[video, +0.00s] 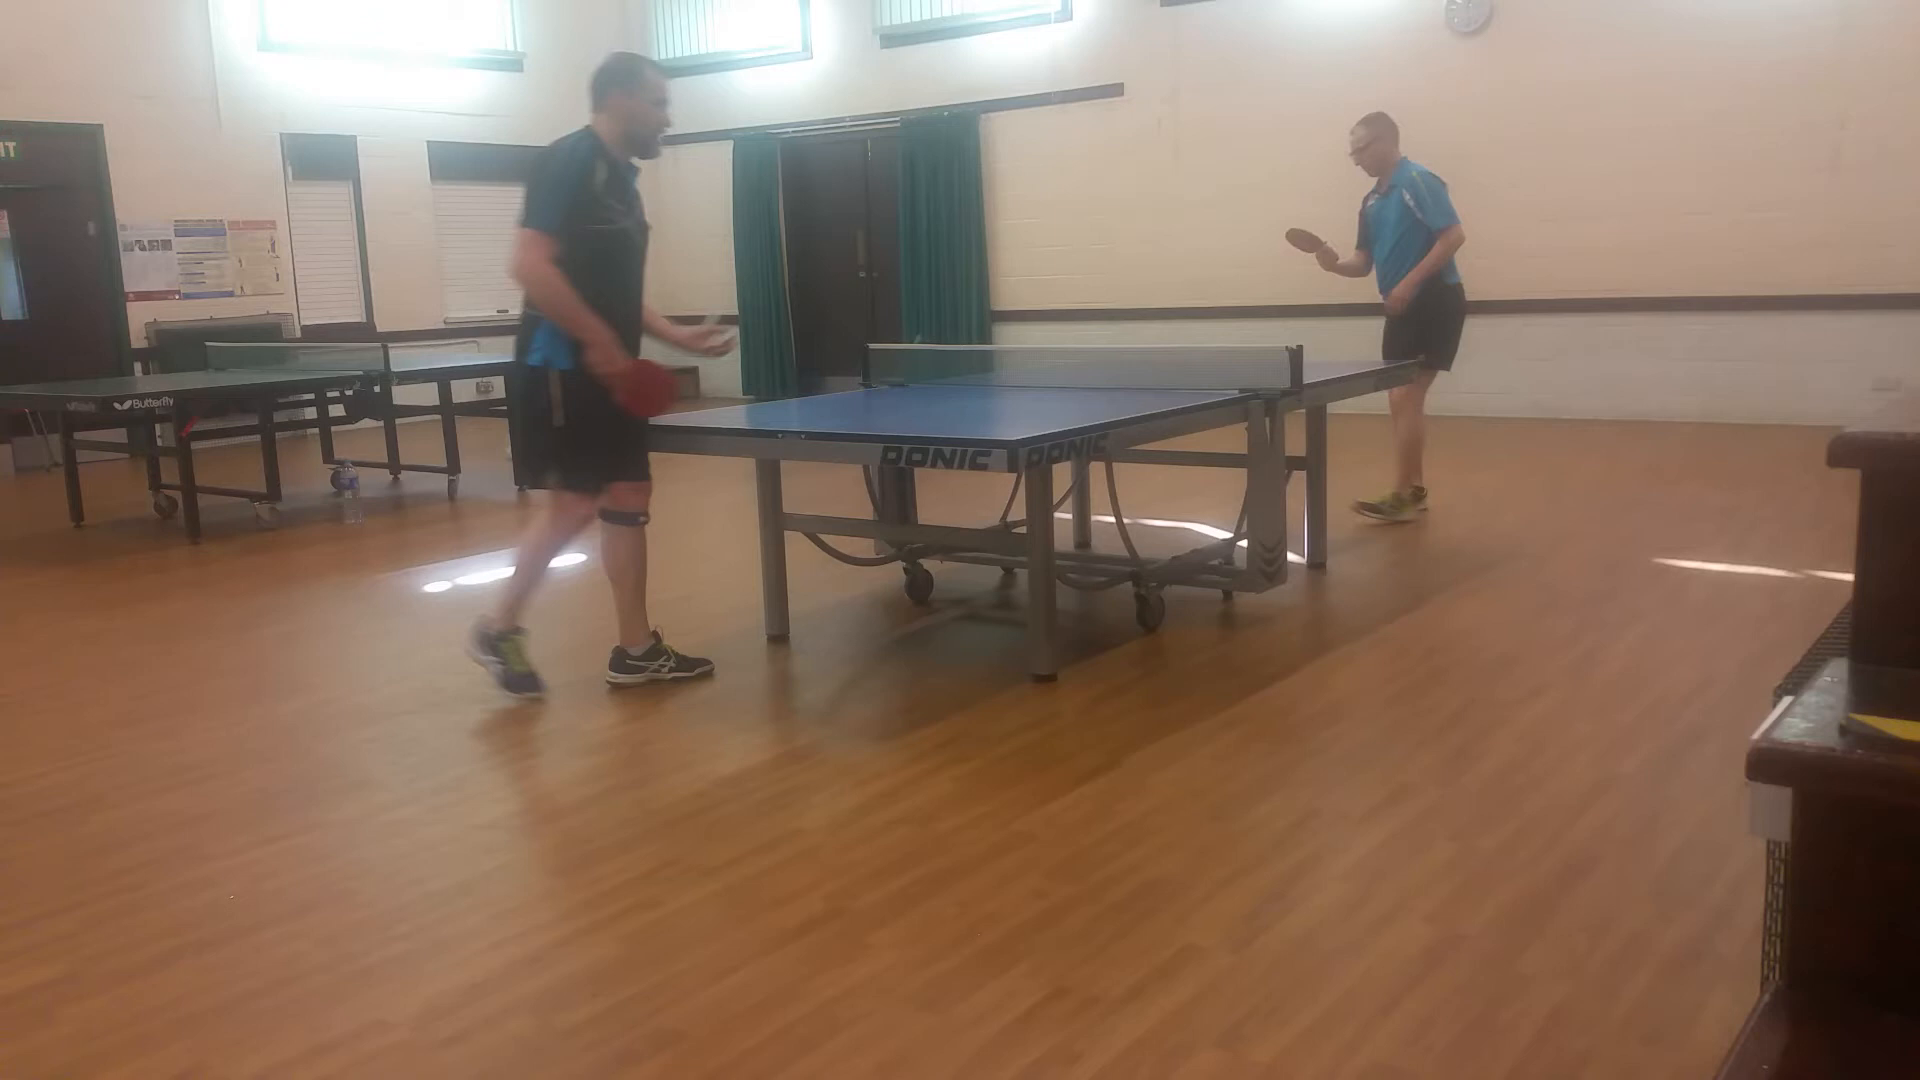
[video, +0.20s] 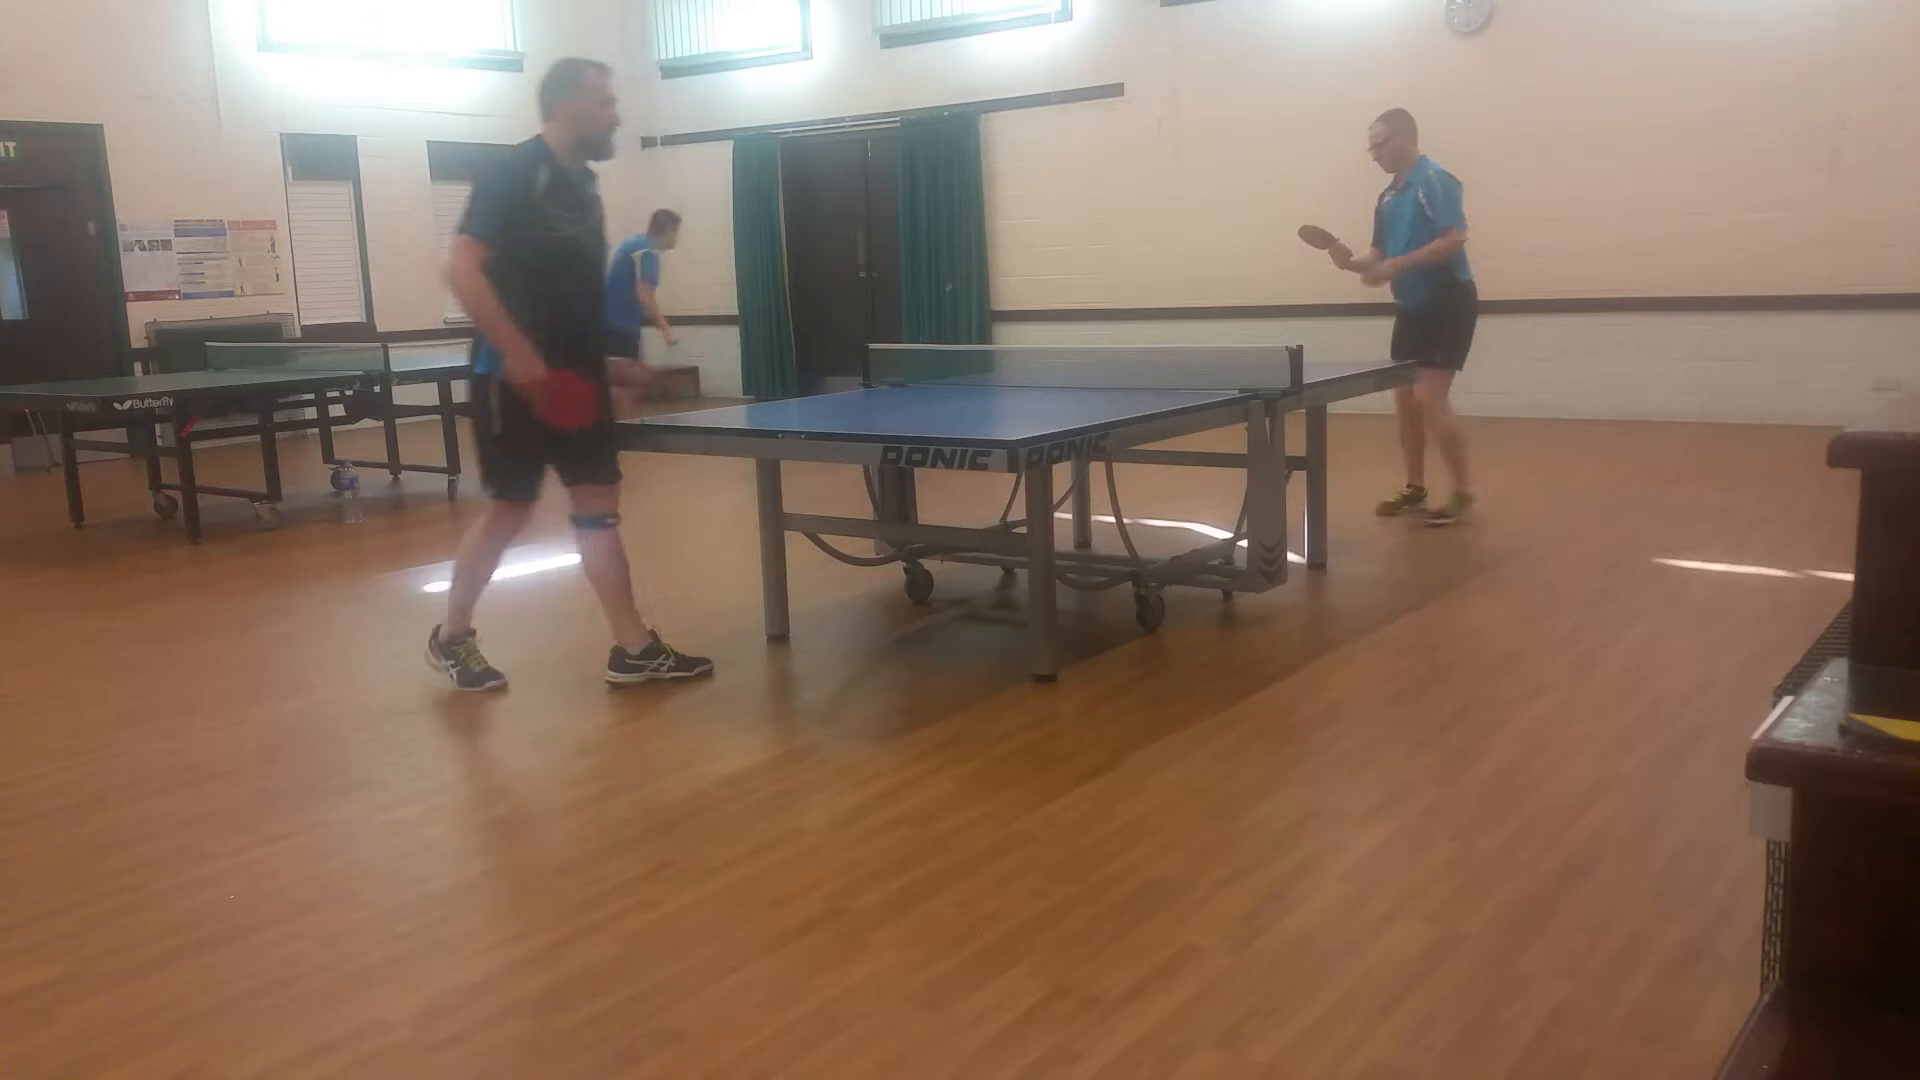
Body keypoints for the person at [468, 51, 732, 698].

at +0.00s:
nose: (666, 118)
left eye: (666, 106)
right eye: (657, 105)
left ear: (628, 106)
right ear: (615, 102)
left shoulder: (620, 176)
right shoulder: (567, 161)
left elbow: (615, 286)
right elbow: (530, 264)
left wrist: (674, 332)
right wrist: (597, 337)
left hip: (607, 362)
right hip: (558, 362)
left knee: (627, 495)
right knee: (575, 501)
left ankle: (636, 648)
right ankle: (498, 628)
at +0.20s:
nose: (616, 116)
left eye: (614, 104)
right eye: (605, 103)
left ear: (575, 111)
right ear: (564, 109)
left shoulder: (583, 188)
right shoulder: (513, 173)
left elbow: (573, 292)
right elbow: (462, 268)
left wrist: (607, 361)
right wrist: (516, 350)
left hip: (577, 368)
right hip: (518, 370)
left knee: (597, 504)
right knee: (508, 511)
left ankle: (633, 645)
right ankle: (451, 635)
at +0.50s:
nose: (521, 113)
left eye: (519, 102)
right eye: (507, 103)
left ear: (502, 113)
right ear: (467, 111)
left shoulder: (507, 188)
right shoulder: (422, 179)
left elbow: (493, 282)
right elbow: (375, 283)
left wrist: (530, 327)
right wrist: (430, 358)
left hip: (504, 360)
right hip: (442, 366)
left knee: (548, 481)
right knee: (455, 504)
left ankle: (542, 628)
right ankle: (450, 646)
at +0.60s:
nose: (496, 114)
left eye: (493, 103)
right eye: (482, 104)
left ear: (465, 113)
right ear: (442, 113)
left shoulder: (489, 186)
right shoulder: (394, 181)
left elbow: (482, 279)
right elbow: (354, 282)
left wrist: (525, 322)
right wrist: (421, 346)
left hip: (491, 365)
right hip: (427, 371)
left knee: (526, 487)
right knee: (445, 508)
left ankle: (489, 602)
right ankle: (447, 646)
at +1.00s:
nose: (430, 149)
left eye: (436, 138)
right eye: (417, 138)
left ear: (442, 136)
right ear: (384, 135)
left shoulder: (449, 200)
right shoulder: (341, 200)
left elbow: (468, 280)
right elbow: (315, 294)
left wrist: (485, 308)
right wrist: (385, 314)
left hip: (439, 364)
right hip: (379, 368)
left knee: (425, 497)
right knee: (398, 496)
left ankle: (394, 610)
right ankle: (430, 628)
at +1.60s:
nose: (378, 148)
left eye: (383, 136)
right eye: (366, 137)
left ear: (388, 134)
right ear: (331, 134)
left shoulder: (399, 198)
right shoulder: (284, 195)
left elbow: (421, 284)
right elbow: (242, 275)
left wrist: (459, 330)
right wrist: (297, 299)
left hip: (394, 369)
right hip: (319, 374)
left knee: (412, 493)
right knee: (325, 495)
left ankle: (399, 607)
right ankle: (329, 612)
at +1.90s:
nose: (385, 159)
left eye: (387, 148)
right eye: (374, 148)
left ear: (387, 146)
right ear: (333, 147)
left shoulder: (402, 204)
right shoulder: (279, 204)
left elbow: (413, 285)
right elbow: (241, 271)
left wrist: (432, 339)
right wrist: (238, 316)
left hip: (398, 370)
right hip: (318, 379)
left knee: (446, 475)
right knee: (324, 497)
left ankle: (476, 607)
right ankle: (331, 614)